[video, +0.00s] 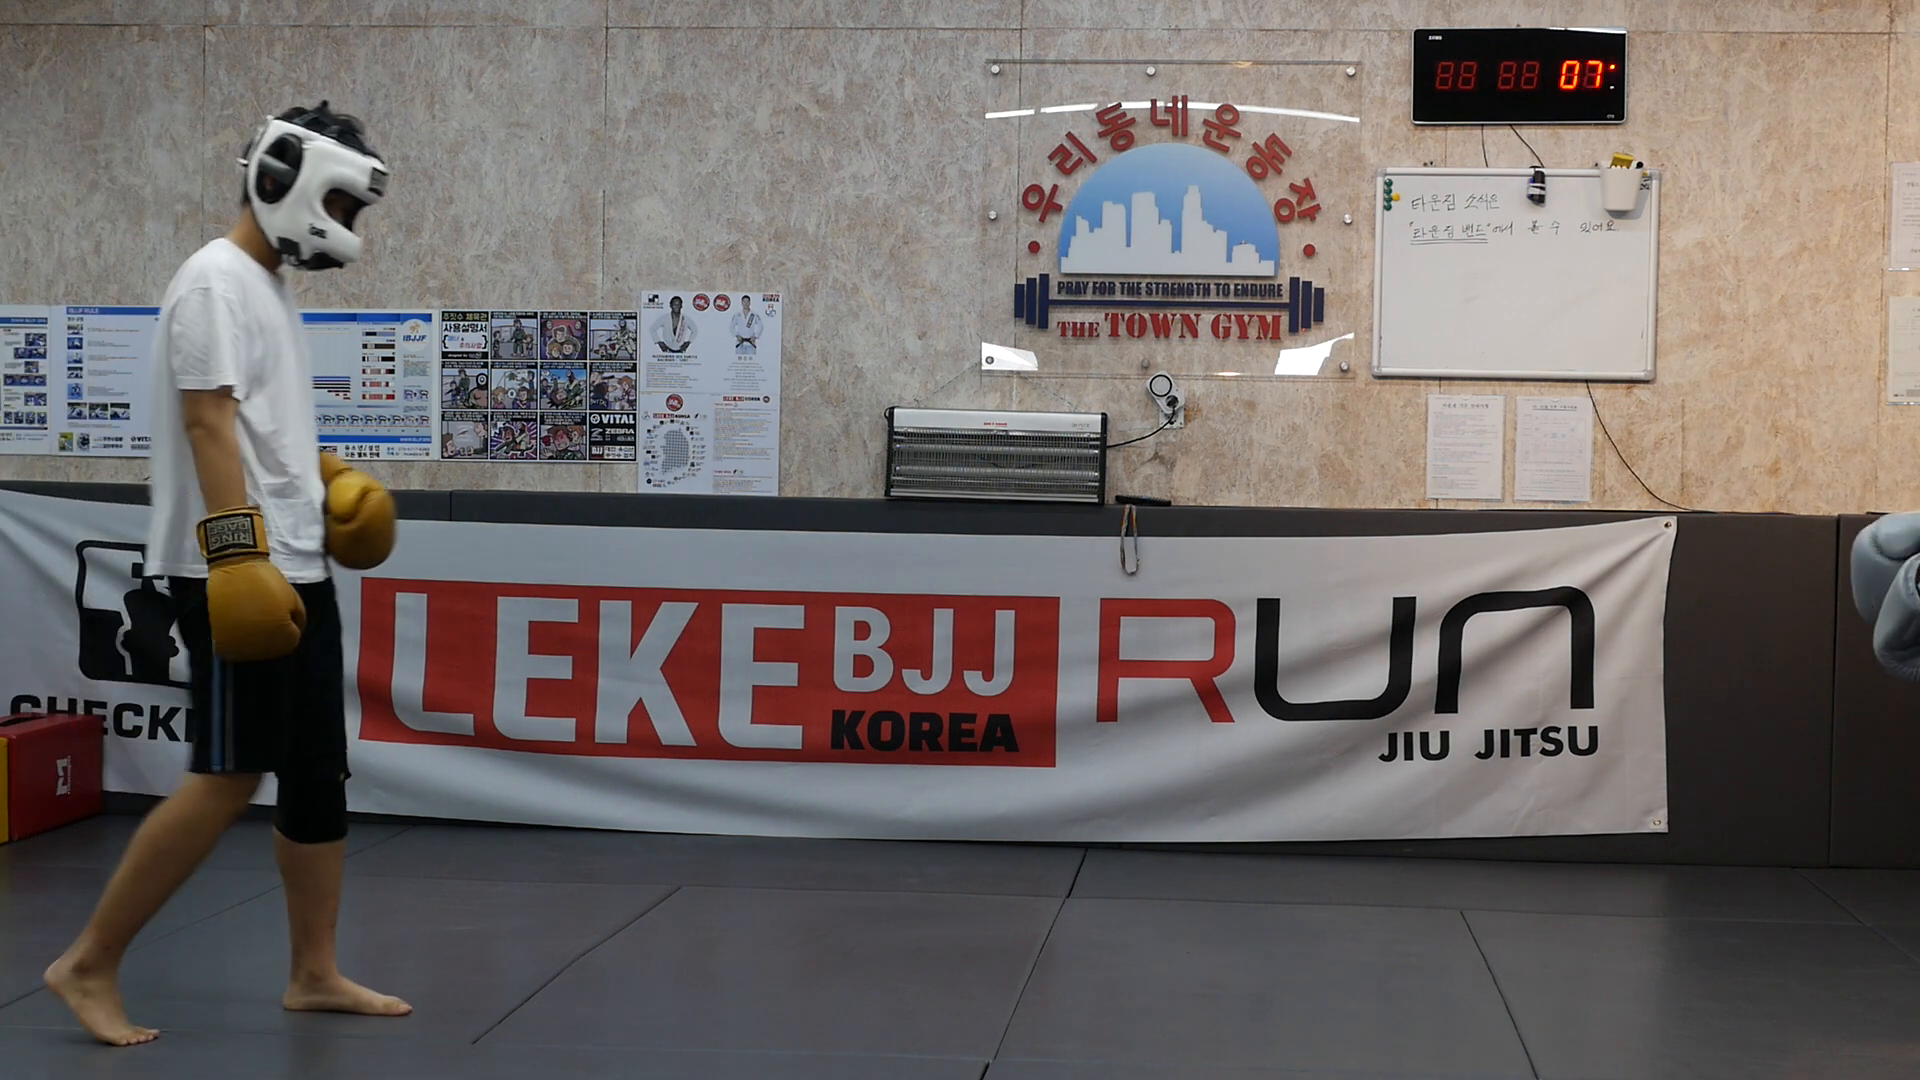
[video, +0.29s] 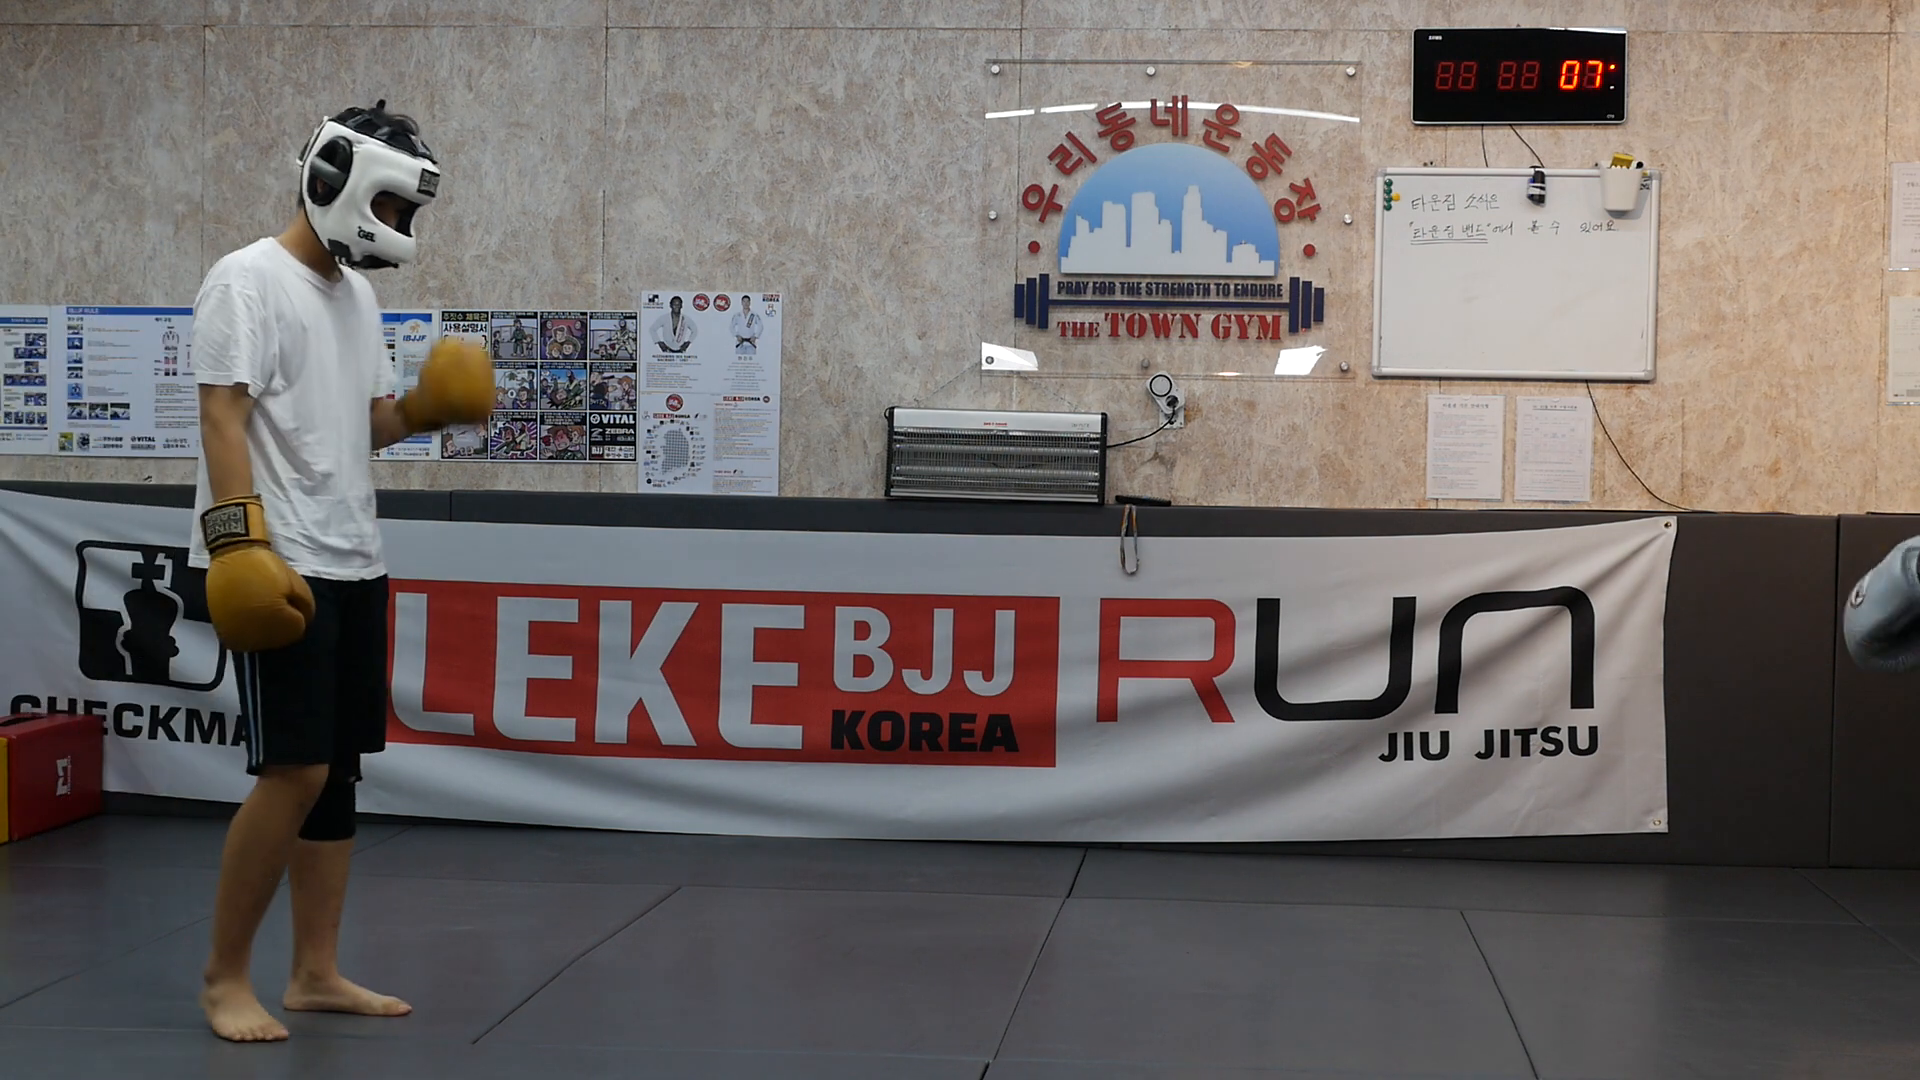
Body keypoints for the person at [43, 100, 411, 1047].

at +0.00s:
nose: (352, 222)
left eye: (358, 203)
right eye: (344, 199)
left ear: (288, 190)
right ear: (290, 185)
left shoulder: (267, 290)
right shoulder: (214, 283)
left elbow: (277, 432)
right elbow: (207, 426)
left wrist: (335, 487)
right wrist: (238, 555)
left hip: (299, 574)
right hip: (234, 576)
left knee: (316, 781)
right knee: (224, 782)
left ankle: (317, 973)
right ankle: (89, 965)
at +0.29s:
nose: (401, 221)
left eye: (409, 204)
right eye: (390, 199)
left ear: (384, 198)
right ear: (334, 185)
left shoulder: (357, 292)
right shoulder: (243, 282)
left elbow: (359, 427)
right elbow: (223, 420)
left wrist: (427, 404)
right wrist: (238, 541)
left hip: (356, 566)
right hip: (283, 564)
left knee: (336, 769)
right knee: (295, 768)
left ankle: (316, 973)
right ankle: (225, 981)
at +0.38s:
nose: (408, 222)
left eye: (415, 205)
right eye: (397, 202)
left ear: (392, 202)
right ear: (341, 189)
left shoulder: (371, 294)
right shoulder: (245, 282)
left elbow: (399, 430)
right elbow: (224, 417)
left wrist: (444, 372)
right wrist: (239, 536)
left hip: (363, 566)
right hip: (280, 565)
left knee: (338, 770)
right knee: (292, 768)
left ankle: (316, 973)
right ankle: (232, 977)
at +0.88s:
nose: (348, 195)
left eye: (364, 178)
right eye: (329, 176)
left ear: (376, 185)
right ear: (277, 174)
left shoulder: (374, 295)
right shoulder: (208, 286)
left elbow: (412, 428)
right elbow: (176, 437)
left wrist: (424, 343)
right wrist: (146, 568)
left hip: (358, 578)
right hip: (245, 573)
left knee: (339, 791)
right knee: (237, 788)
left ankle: (318, 973)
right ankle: (224, 1014)